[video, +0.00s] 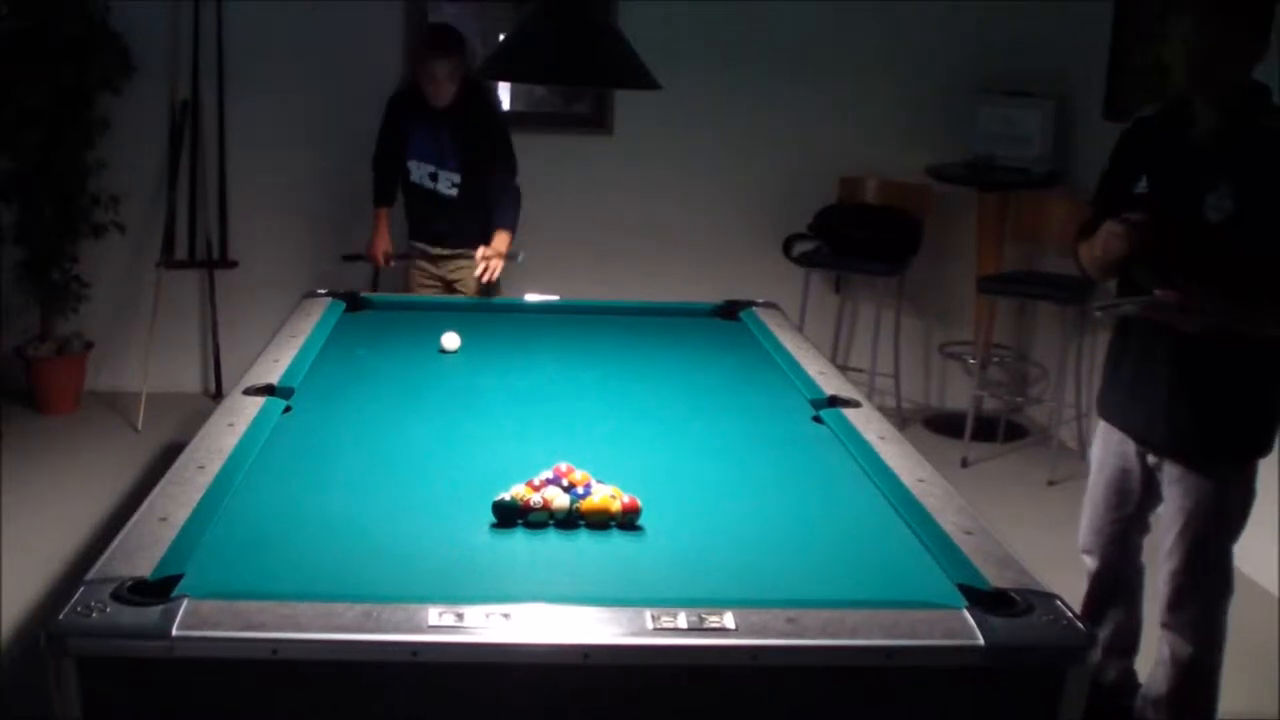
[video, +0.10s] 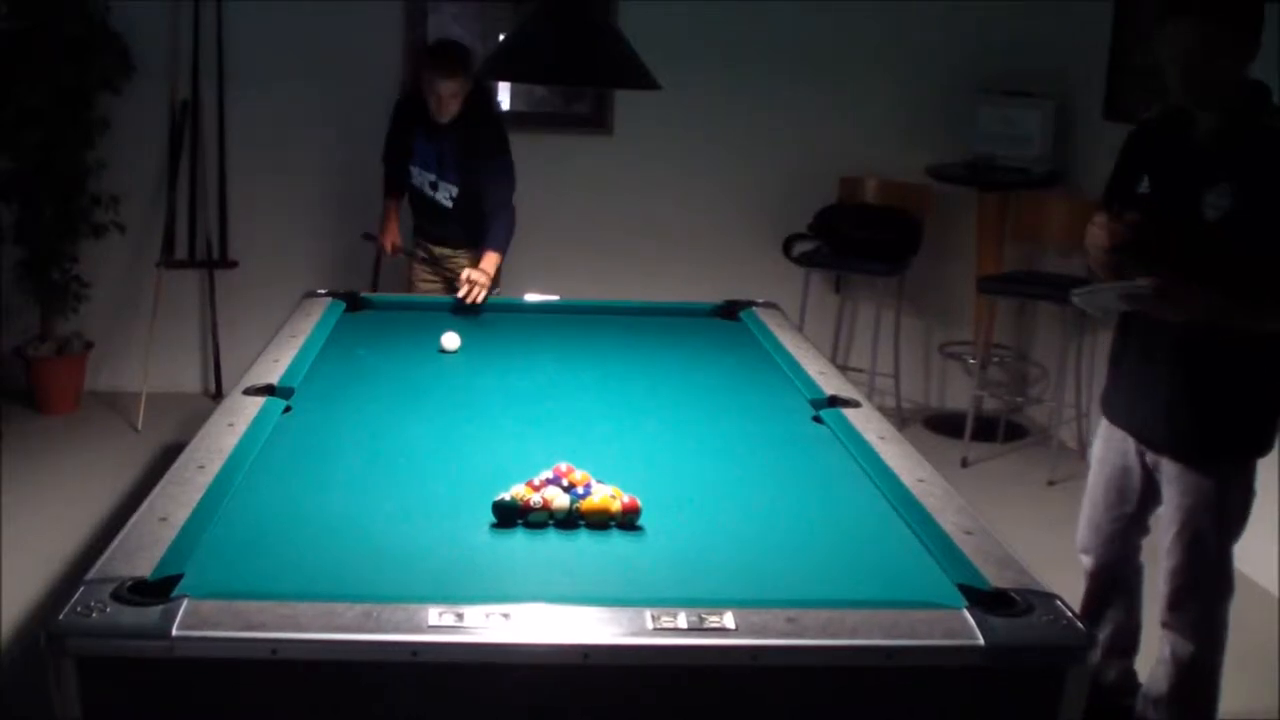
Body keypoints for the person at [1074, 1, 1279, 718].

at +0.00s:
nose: (1195, 50)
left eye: (1212, 31)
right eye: (1187, 31)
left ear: (1249, 43)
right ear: (1173, 42)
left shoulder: (1274, 147)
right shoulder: (1150, 135)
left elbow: (1275, 292)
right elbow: (1088, 258)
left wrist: (1209, 300)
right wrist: (1108, 243)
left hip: (1224, 404)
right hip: (1133, 386)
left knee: (1187, 596)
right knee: (1102, 562)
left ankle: (1173, 711)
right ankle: (1100, 698)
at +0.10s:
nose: (1183, 59)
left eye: (1201, 40)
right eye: (1179, 39)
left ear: (1238, 47)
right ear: (1169, 46)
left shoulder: (1267, 148)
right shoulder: (1156, 135)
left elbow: (1260, 292)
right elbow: (1107, 258)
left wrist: (1163, 278)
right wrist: (1101, 244)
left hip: (1219, 412)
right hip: (1132, 393)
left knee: (1187, 600)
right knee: (1100, 560)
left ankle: (1174, 709)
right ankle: (1101, 692)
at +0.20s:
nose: (1163, 59)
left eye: (1179, 41)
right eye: (1163, 42)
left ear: (1224, 46)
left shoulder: (1267, 145)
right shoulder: (1163, 134)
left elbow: (1253, 284)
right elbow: (1137, 243)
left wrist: (1142, 260)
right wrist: (1103, 238)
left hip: (1216, 413)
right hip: (1136, 393)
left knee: (1187, 599)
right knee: (1097, 554)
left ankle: (1176, 710)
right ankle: (1102, 691)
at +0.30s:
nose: (1156, 70)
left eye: (1171, 52)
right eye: (1156, 52)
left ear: (1214, 52)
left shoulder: (1262, 149)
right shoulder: (1169, 134)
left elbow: (1248, 292)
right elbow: (1156, 255)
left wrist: (1130, 270)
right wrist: (1102, 247)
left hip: (1210, 414)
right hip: (1136, 392)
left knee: (1187, 595)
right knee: (1097, 548)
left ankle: (1177, 712)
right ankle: (1105, 690)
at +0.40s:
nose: (1145, 68)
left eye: (1160, 51)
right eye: (1145, 51)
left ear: (1206, 54)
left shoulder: (1261, 154)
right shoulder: (1170, 139)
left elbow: (1243, 290)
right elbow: (1156, 258)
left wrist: (1118, 267)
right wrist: (1094, 257)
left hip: (1203, 416)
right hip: (1136, 394)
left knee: (1187, 595)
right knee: (1102, 547)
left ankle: (1177, 711)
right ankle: (1101, 681)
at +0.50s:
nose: (1133, 70)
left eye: (1146, 51)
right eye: (1134, 51)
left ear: (1192, 56)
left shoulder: (1252, 152)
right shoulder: (1172, 139)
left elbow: (1239, 295)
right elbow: (1158, 256)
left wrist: (1109, 274)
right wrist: (1089, 248)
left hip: (1196, 408)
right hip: (1135, 389)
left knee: (1185, 588)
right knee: (1109, 548)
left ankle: (1177, 708)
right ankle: (1098, 675)